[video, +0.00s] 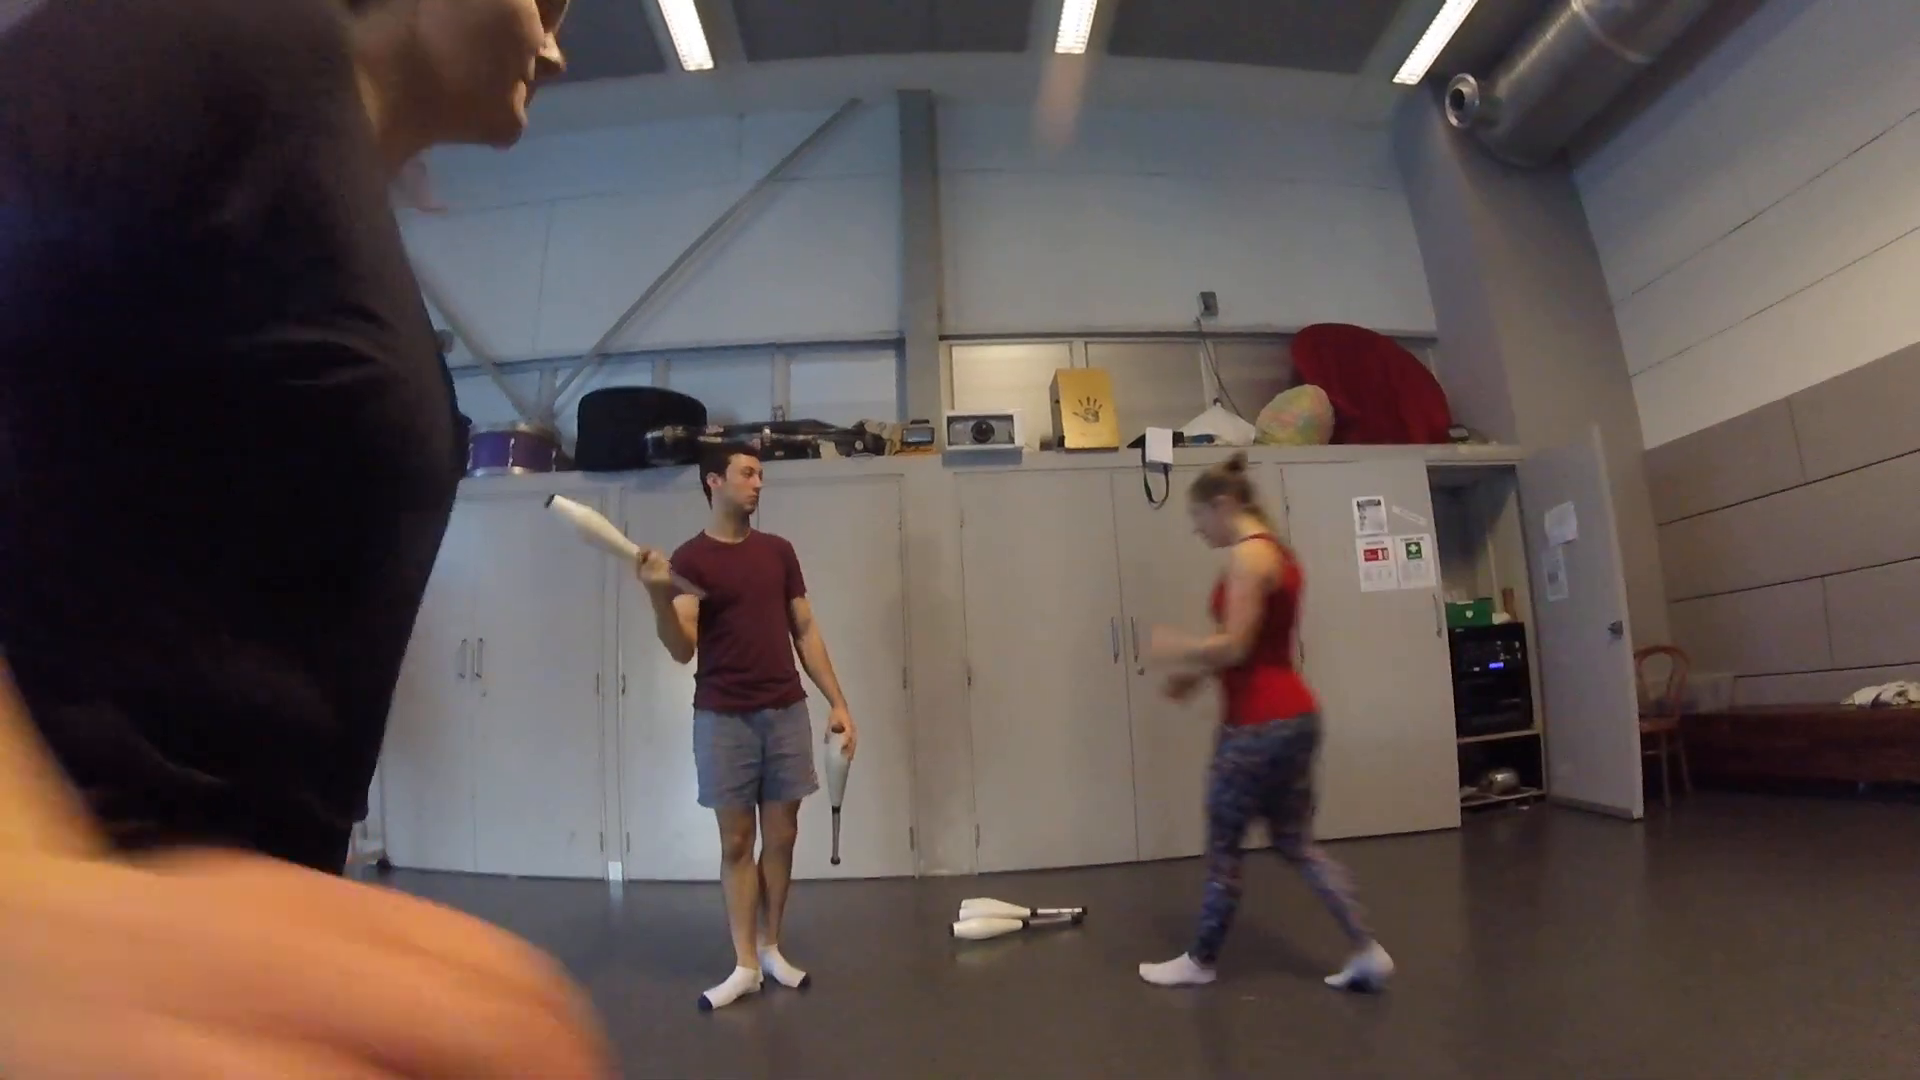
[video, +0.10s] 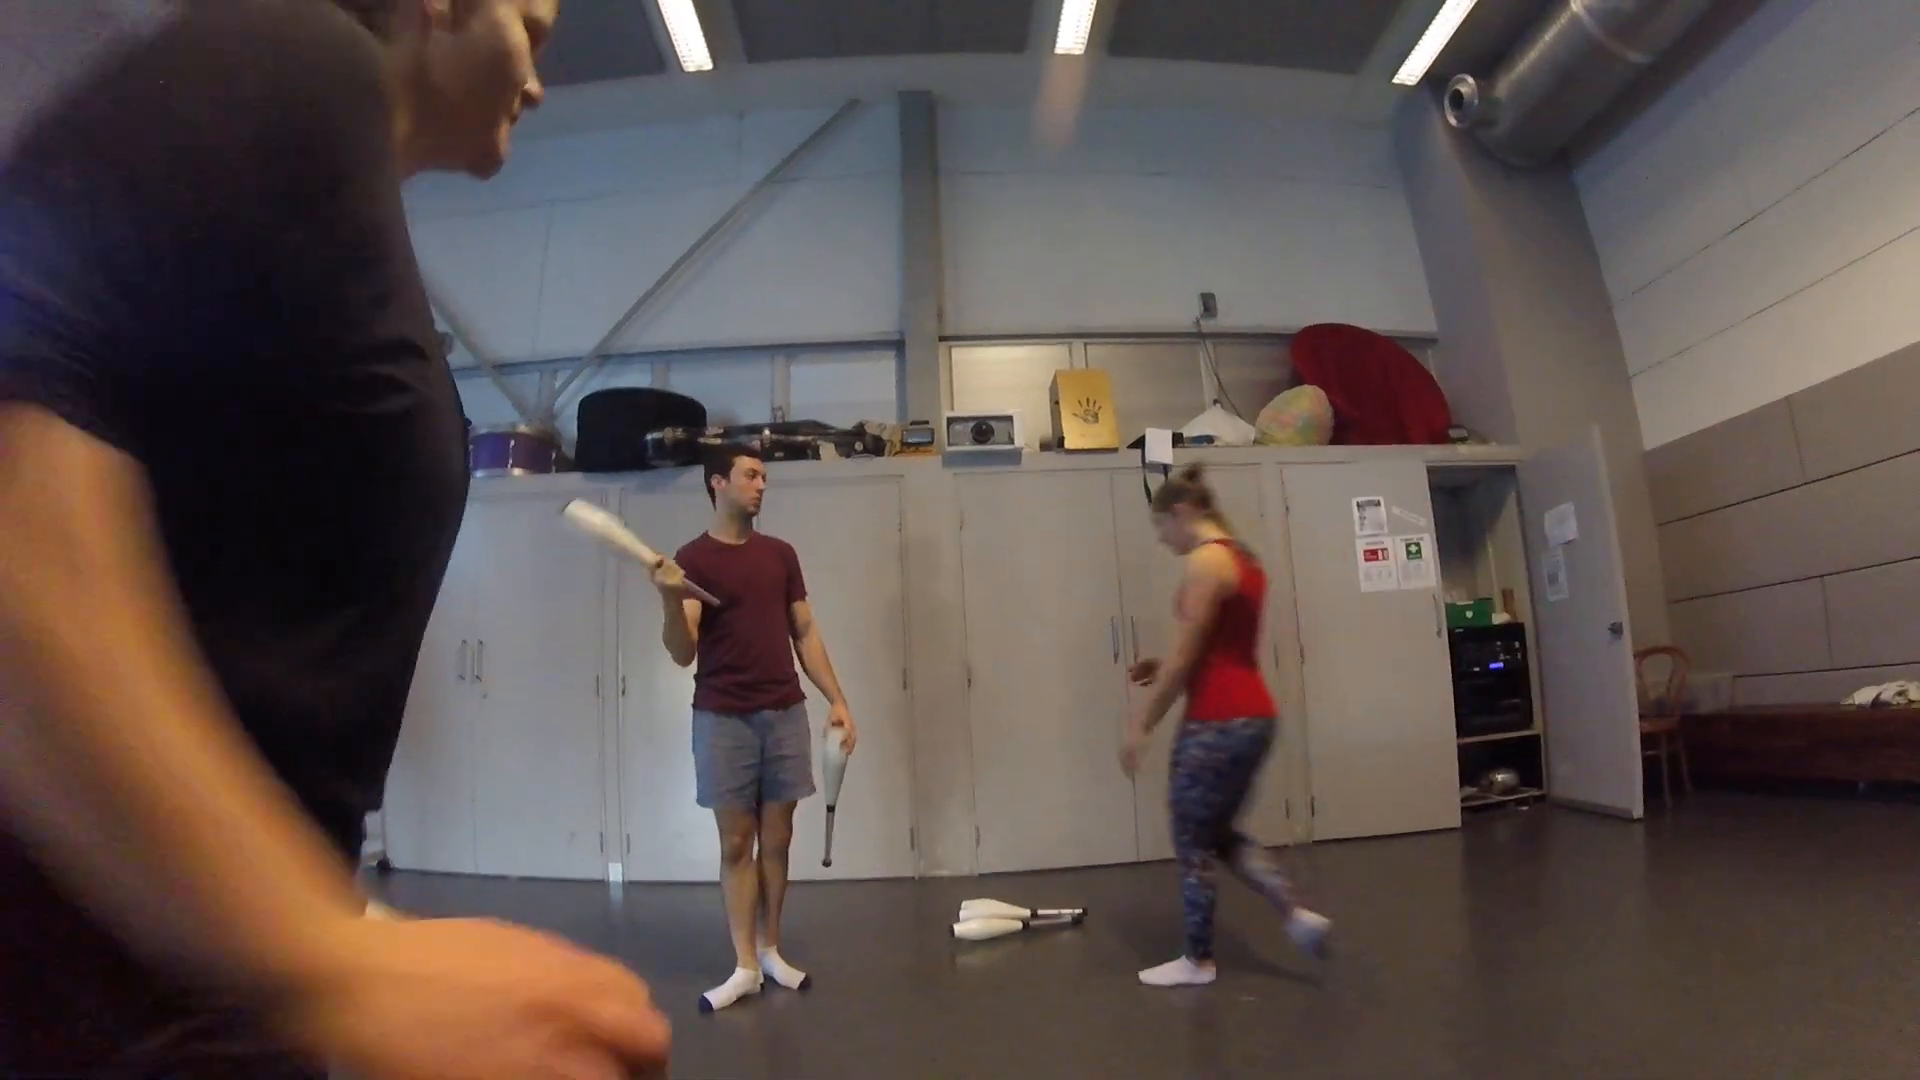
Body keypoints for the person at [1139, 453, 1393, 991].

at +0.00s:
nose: (1197, 528)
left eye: (1199, 516)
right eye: (1195, 518)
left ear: (1223, 507)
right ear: (1239, 506)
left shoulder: (1250, 556)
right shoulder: (1273, 552)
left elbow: (1234, 644)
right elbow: (1252, 642)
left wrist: (1179, 646)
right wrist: (1199, 673)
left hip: (1258, 719)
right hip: (1292, 711)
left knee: (1225, 841)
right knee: (1294, 839)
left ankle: (1202, 957)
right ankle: (1367, 949)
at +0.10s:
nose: (1161, 536)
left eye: (1162, 524)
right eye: (1158, 526)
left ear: (1183, 514)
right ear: (1201, 513)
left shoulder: (1208, 562)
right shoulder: (1239, 559)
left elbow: (1185, 659)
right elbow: (1220, 648)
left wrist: (1142, 725)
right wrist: (1164, 668)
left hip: (1216, 718)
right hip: (1250, 713)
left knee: (1191, 835)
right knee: (1218, 831)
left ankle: (1198, 957)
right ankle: (1295, 911)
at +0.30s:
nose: (1099, 546)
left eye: (1098, 536)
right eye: (1097, 537)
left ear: (1109, 526)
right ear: (1135, 520)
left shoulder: (1127, 560)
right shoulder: (1173, 560)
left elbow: (1146, 638)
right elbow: (1205, 644)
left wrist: (1151, 713)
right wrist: (1170, 688)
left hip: (1169, 713)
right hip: (1194, 708)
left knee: (1172, 834)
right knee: (1135, 803)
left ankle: (1196, 957)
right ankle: (1144, 919)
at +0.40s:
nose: (1071, 566)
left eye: (1068, 557)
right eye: (1068, 559)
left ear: (1074, 545)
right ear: (1099, 536)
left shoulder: (1100, 565)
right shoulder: (1134, 571)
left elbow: (1123, 639)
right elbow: (1181, 650)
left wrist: (1127, 713)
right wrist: (1151, 699)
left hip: (1155, 718)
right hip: (1166, 714)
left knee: (1163, 839)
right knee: (1127, 826)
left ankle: (1198, 957)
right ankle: (1092, 910)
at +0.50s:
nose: (1035, 596)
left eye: (1032, 586)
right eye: (1032, 589)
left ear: (1041, 572)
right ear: (1056, 564)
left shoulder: (1075, 585)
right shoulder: (1090, 589)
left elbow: (1096, 651)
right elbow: (1117, 662)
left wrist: (1093, 722)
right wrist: (1114, 732)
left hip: (1150, 720)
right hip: (1134, 722)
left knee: (1153, 833)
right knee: (1109, 820)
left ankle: (1198, 954)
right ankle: (1092, 920)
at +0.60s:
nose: (1004, 639)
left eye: (1000, 629)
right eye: (999, 633)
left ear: (1010, 612)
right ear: (1018, 609)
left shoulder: (1040, 613)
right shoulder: (1054, 629)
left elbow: (1067, 671)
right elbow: (1096, 709)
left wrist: (1057, 745)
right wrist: (1100, 764)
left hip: (1145, 715)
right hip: (1121, 726)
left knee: (1157, 829)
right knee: (1100, 819)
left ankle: (1195, 948)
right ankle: (1090, 923)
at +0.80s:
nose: (985, 734)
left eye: (978, 724)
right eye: (980, 728)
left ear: (977, 701)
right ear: (996, 702)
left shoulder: (986, 694)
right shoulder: (1035, 716)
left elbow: (1010, 757)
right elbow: (1049, 787)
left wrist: (1016, 817)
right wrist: (1053, 860)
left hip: (1126, 692)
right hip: (1121, 708)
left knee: (1179, 775)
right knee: (1103, 817)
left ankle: (1281, 854)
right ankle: (1092, 922)